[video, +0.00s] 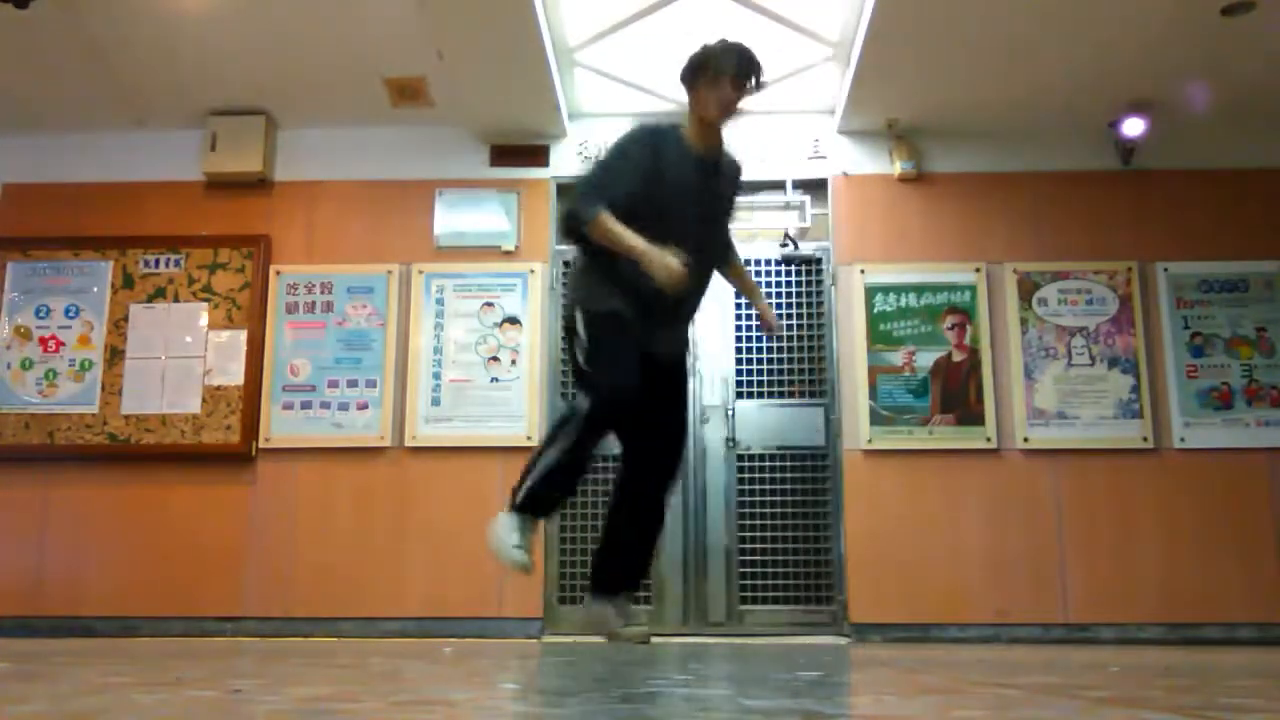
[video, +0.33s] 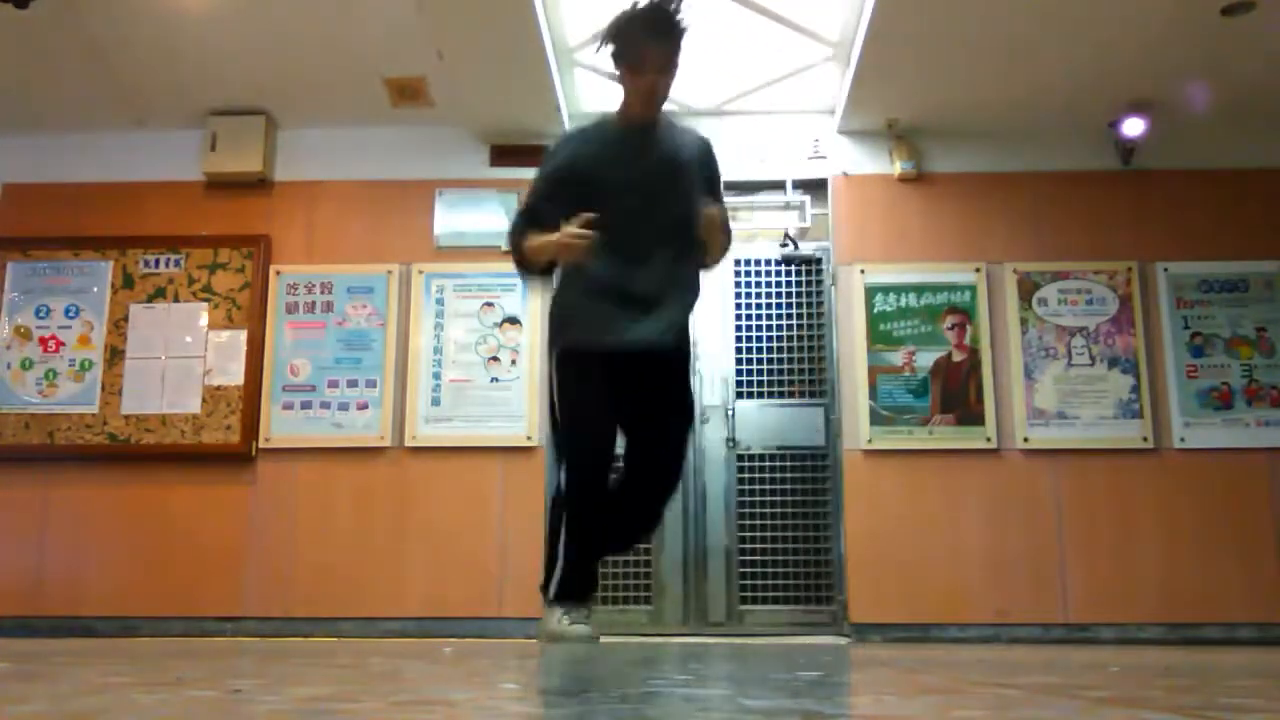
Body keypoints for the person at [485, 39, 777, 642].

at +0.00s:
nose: (730, 99)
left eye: (738, 89)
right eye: (721, 85)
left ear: (743, 97)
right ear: (693, 85)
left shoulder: (724, 171)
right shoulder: (647, 143)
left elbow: (715, 243)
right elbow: (583, 209)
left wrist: (757, 299)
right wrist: (647, 251)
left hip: (665, 322)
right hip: (607, 305)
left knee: (656, 454)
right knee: (611, 400)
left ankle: (609, 595)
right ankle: (521, 515)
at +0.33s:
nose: (656, 83)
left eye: (665, 69)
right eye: (644, 69)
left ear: (676, 69)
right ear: (620, 68)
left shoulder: (693, 152)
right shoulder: (576, 151)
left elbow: (714, 250)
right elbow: (523, 242)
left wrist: (713, 229)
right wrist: (555, 243)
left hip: (661, 340)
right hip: (585, 340)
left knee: (657, 475)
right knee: (587, 469)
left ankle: (575, 550)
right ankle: (567, 607)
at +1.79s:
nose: (749, 102)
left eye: (760, 88)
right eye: (738, 88)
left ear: (776, 88)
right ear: (716, 85)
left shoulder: (804, 153)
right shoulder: (679, 174)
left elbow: (872, 177)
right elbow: (628, 247)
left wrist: (954, 162)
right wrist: (603, 277)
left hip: (802, 343)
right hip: (724, 349)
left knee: (824, 478)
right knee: (751, 455)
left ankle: (796, 605)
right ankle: (721, 555)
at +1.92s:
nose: (756, 69)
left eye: (768, 58)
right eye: (747, 55)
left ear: (785, 54)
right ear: (728, 47)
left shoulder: (807, 107)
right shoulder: (691, 119)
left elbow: (871, 134)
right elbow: (622, 171)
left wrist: (911, 119)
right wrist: (668, 166)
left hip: (808, 279)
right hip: (729, 275)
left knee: (812, 428)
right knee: (799, 325)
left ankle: (793, 579)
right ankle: (762, 464)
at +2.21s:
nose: (803, 92)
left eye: (813, 80)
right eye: (793, 76)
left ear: (820, 85)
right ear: (762, 68)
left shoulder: (807, 162)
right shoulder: (724, 133)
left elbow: (860, 201)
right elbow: (731, 196)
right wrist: (801, 236)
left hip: (783, 332)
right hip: (721, 330)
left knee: (809, 450)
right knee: (830, 393)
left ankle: (791, 612)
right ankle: (940, 525)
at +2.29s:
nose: (805, 92)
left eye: (818, 83)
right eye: (796, 76)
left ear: (827, 94)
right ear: (767, 74)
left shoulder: (819, 171)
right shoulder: (722, 129)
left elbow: (904, 212)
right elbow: (701, 155)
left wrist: (995, 240)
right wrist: (721, 183)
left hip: (780, 334)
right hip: (706, 323)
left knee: (804, 450)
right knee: (813, 374)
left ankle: (790, 611)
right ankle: (888, 534)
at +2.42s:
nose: (805, 34)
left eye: (815, 24)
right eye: (795, 17)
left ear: (821, 33)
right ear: (762, 17)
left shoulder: (812, 124)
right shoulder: (702, 76)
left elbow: (838, 193)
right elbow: (621, 58)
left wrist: (874, 202)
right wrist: (552, 38)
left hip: (764, 281)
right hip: (683, 265)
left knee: (788, 423)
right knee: (763, 356)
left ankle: (766, 554)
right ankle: (765, 544)